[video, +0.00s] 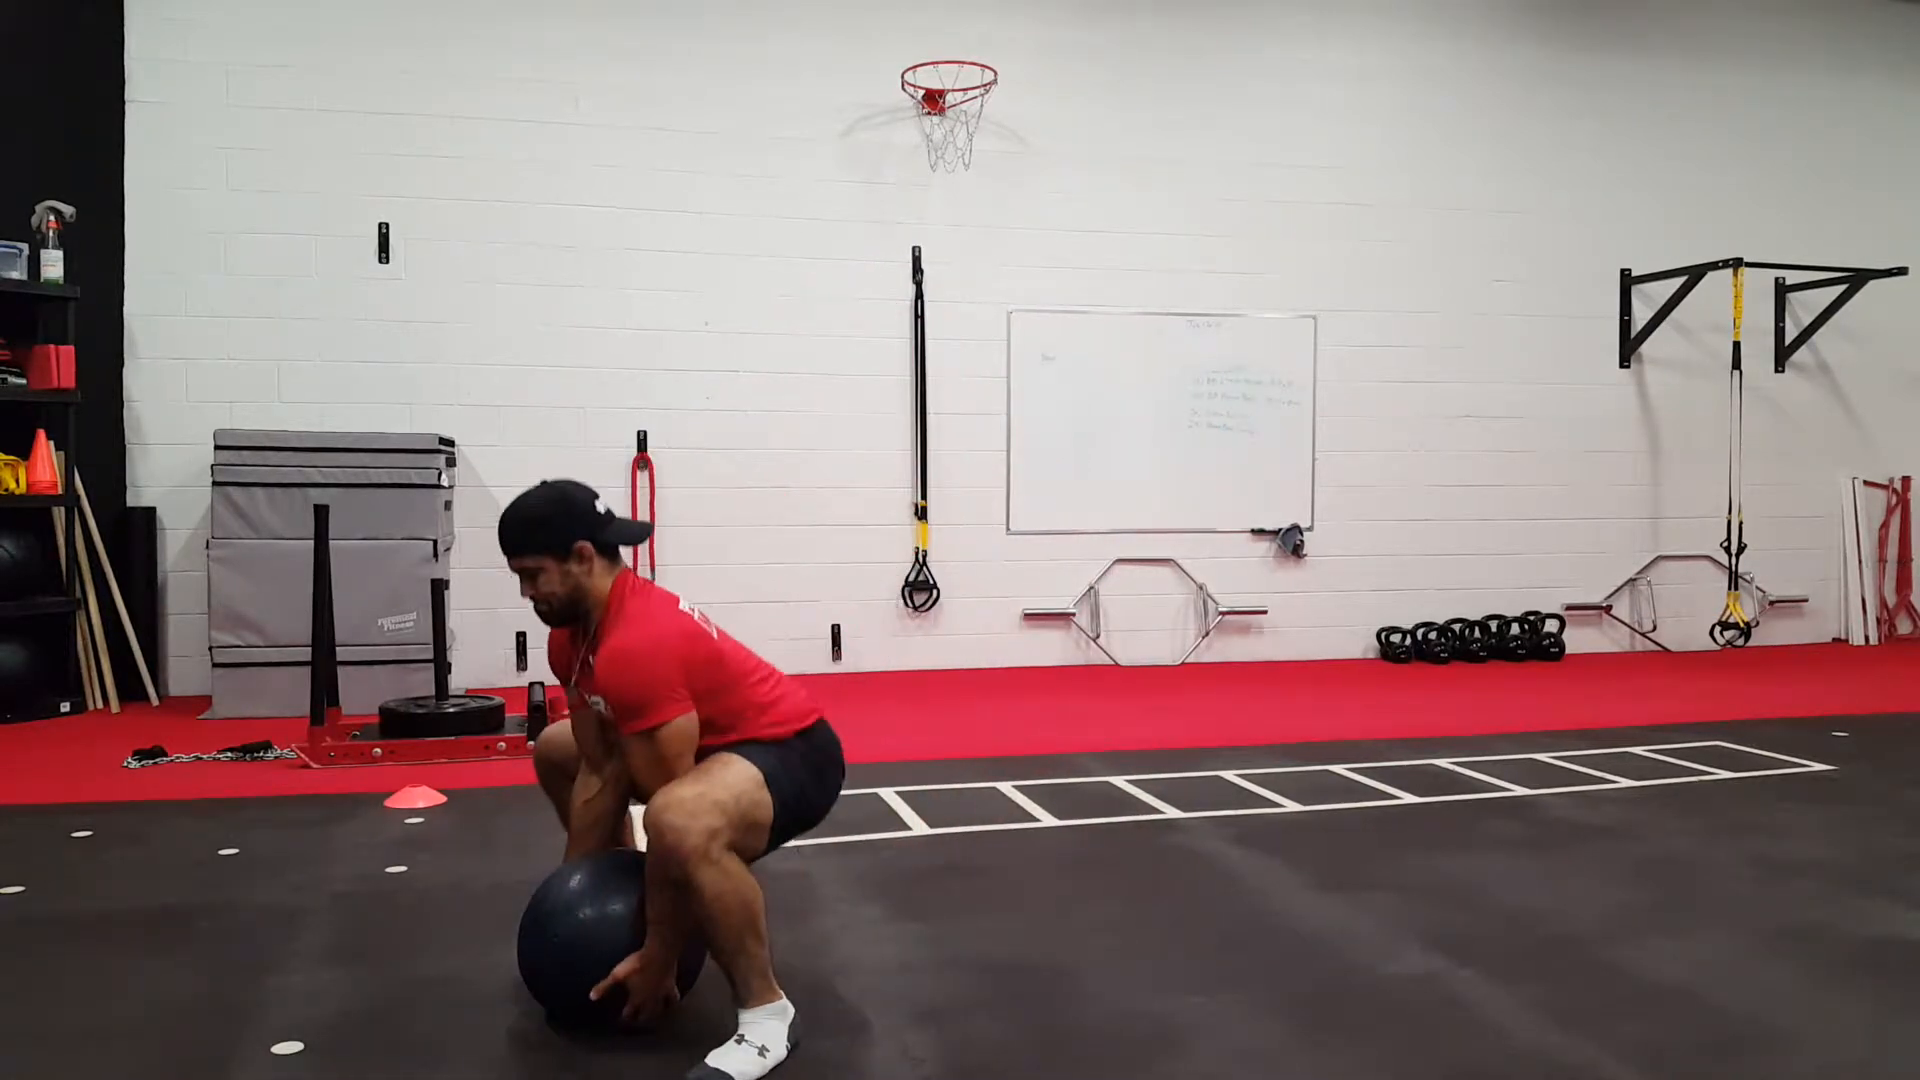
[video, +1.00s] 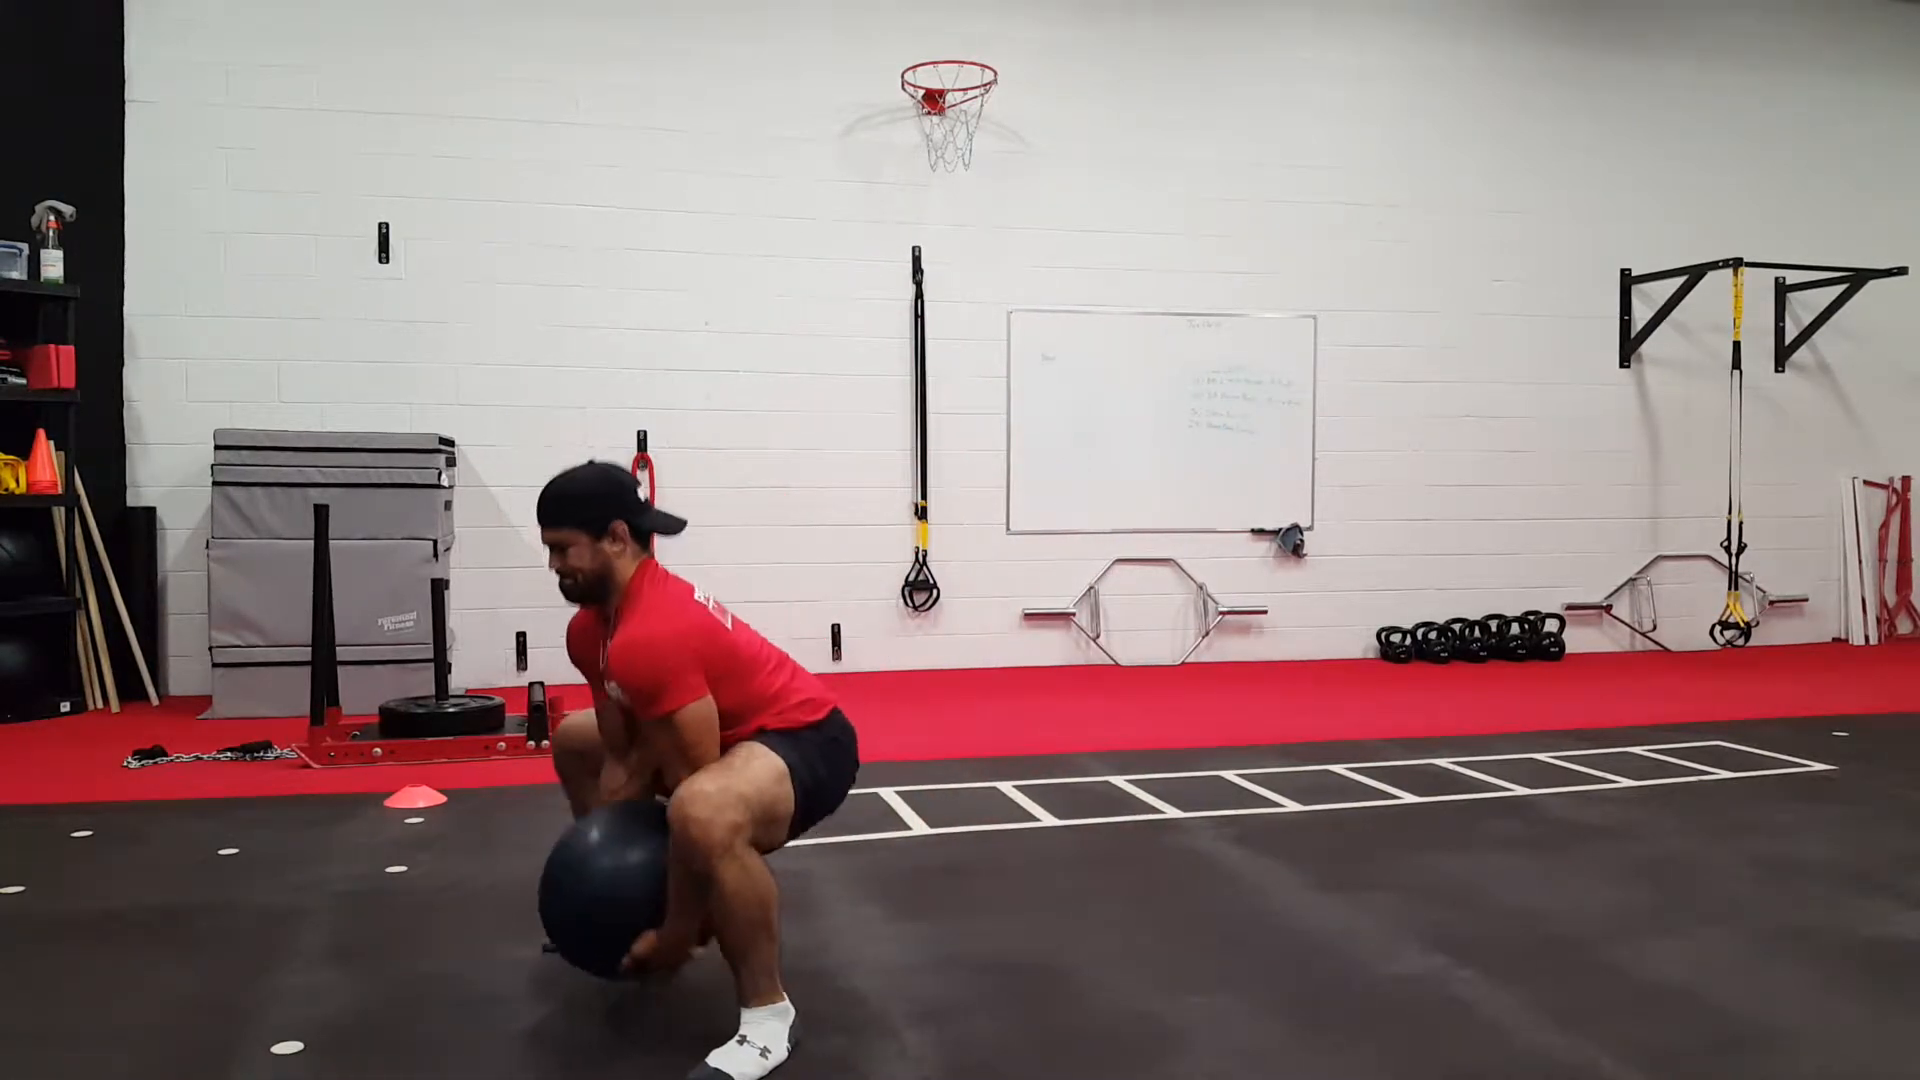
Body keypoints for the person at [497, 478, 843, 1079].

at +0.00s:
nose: (526, 592)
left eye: (532, 575)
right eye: (520, 578)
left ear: (582, 558)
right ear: (578, 559)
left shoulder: (638, 643)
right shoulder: (570, 638)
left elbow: (668, 809)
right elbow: (600, 773)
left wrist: (662, 953)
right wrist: (575, 909)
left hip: (794, 747)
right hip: (703, 743)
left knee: (679, 823)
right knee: (557, 752)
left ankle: (766, 1011)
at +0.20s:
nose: (526, 557)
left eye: (533, 538)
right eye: (519, 542)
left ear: (583, 524)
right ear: (575, 527)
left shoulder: (635, 609)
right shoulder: (563, 614)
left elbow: (677, 768)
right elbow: (603, 740)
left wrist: (661, 919)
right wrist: (594, 886)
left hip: (792, 711)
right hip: (706, 714)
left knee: (692, 814)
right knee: (562, 743)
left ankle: (766, 1012)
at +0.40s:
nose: (526, 526)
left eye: (533, 507)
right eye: (519, 510)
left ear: (584, 492)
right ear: (577, 493)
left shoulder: (626, 567)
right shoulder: (562, 572)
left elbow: (690, 710)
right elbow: (619, 691)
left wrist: (667, 860)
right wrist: (591, 829)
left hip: (804, 681)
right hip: (720, 687)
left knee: (717, 799)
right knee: (577, 730)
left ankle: (773, 1011)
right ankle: (627, 913)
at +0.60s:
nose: (545, 568)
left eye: (553, 551)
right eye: (539, 553)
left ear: (604, 537)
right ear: (599, 539)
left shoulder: (652, 629)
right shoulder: (585, 623)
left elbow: (690, 786)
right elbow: (623, 753)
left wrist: (692, 926)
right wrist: (621, 894)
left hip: (807, 732)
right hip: (720, 730)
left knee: (700, 815)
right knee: (577, 742)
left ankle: (770, 1013)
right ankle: (610, 923)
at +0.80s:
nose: (554, 583)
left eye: (564, 566)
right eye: (550, 568)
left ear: (616, 556)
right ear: (612, 558)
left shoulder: (654, 652)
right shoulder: (592, 641)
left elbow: (690, 802)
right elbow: (632, 772)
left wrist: (698, 947)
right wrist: (620, 909)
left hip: (813, 749)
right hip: (727, 746)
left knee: (701, 814)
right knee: (578, 741)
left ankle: (770, 1015)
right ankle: (620, 929)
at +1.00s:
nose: (554, 566)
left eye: (563, 549)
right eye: (549, 551)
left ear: (615, 539)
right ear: (610, 540)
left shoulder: (650, 636)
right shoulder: (590, 629)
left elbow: (692, 794)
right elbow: (623, 758)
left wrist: (679, 934)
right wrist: (606, 891)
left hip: (807, 737)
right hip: (723, 736)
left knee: (703, 815)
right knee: (574, 742)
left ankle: (767, 1014)